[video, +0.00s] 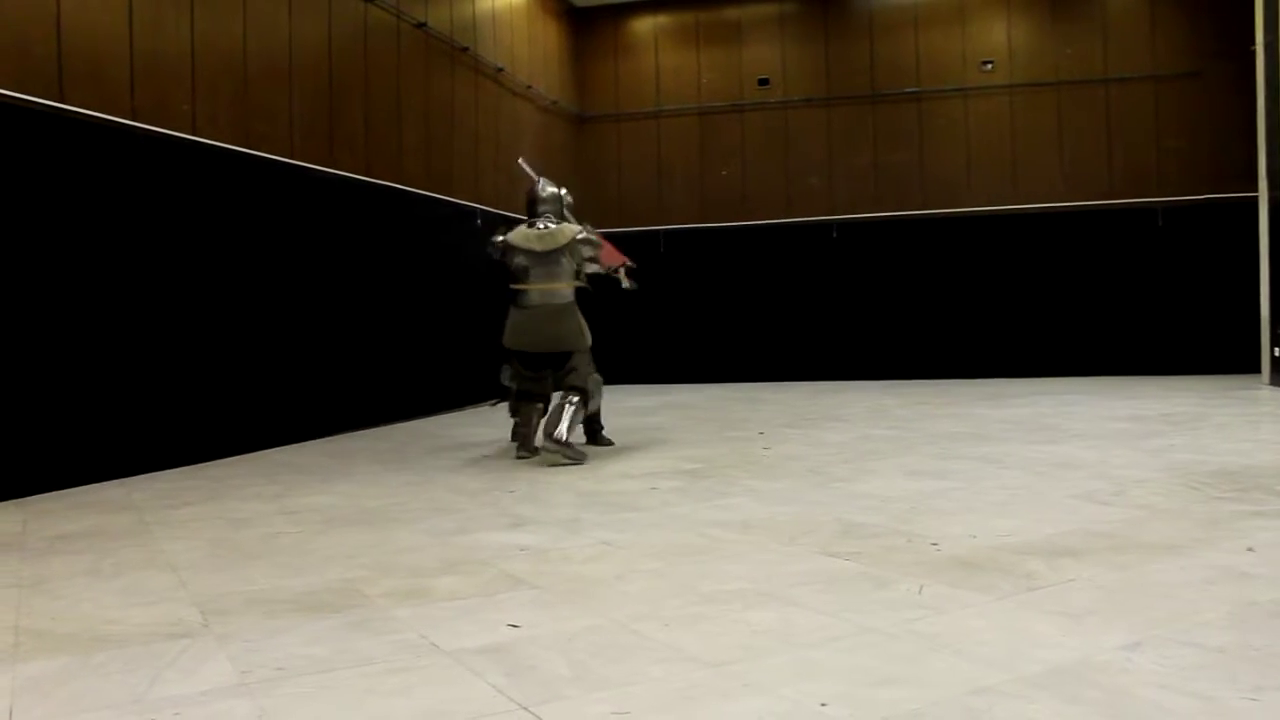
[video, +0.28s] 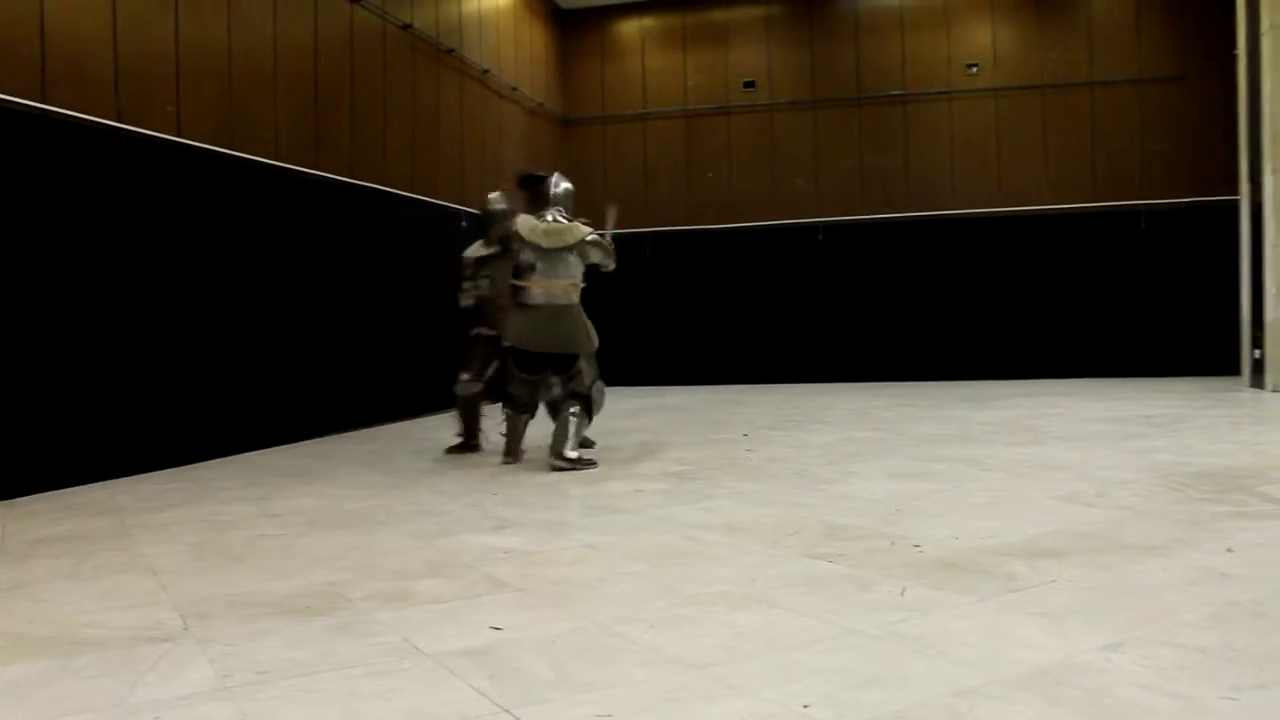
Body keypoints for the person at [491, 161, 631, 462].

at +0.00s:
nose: (566, 203)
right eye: (564, 199)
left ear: (530, 207)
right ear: (561, 207)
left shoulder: (513, 241)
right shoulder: (574, 238)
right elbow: (601, 262)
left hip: (526, 327)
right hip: (565, 328)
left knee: (529, 381)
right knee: (579, 379)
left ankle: (525, 442)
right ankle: (558, 434)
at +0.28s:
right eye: (570, 201)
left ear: (544, 199)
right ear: (571, 202)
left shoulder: (522, 229)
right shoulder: (581, 235)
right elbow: (608, 260)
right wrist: (603, 238)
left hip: (526, 318)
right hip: (567, 321)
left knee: (521, 385)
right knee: (581, 386)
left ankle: (512, 449)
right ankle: (565, 449)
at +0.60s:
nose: (527, 196)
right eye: (534, 190)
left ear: (510, 189)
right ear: (543, 191)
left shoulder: (491, 221)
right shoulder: (560, 234)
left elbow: (469, 259)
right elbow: (562, 273)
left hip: (500, 323)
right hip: (543, 324)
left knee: (507, 392)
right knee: (540, 390)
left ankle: (512, 461)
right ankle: (534, 457)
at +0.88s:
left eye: (482, 176)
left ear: (480, 177)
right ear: (516, 176)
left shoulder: (465, 218)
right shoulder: (537, 216)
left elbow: (441, 273)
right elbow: (538, 251)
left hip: (483, 325)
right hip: (531, 323)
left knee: (484, 400)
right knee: (539, 394)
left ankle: (485, 473)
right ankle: (555, 456)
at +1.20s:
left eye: (505, 182)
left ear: (499, 182)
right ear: (536, 183)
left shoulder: (481, 218)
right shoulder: (556, 229)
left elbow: (439, 241)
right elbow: (557, 266)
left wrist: (435, 207)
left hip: (490, 332)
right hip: (542, 332)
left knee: (481, 403)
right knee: (549, 410)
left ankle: (472, 479)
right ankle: (561, 489)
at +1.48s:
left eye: (482, 165)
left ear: (479, 164)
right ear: (519, 167)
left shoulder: (458, 200)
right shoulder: (542, 214)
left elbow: (416, 230)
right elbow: (547, 263)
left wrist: (417, 199)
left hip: (464, 323)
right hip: (523, 325)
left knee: (449, 388)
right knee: (535, 400)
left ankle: (428, 466)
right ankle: (542, 490)